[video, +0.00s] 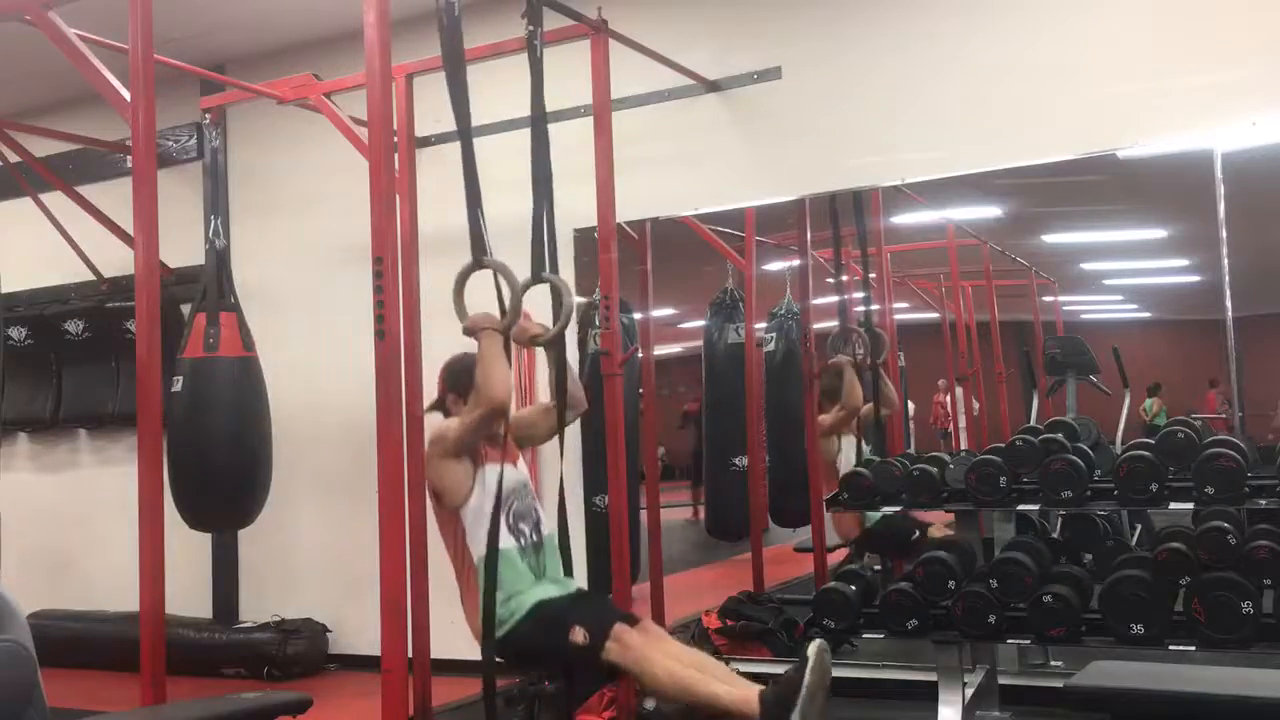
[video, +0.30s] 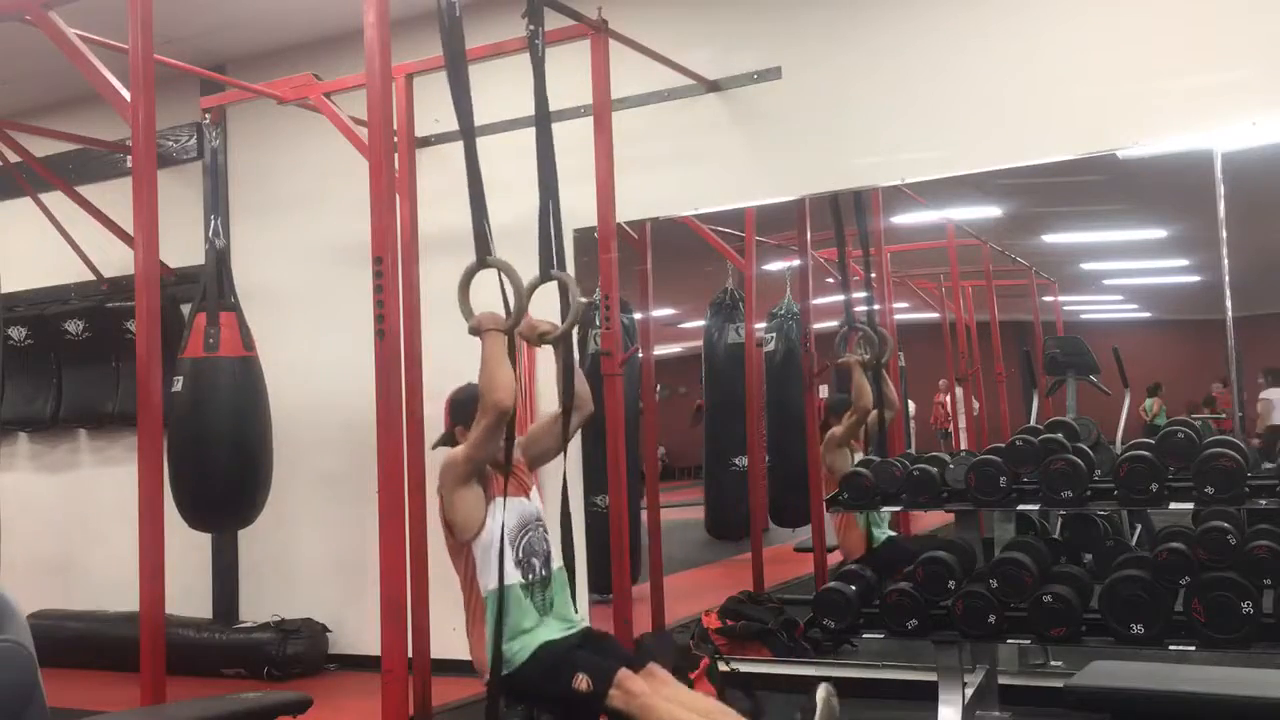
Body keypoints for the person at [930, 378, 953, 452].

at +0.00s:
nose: (942, 387)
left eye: (943, 385)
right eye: (940, 386)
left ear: (946, 386)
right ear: (938, 386)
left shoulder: (949, 396)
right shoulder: (936, 397)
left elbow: (952, 409)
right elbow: (934, 410)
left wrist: (952, 421)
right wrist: (932, 420)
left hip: (949, 421)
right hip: (940, 422)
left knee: (951, 437)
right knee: (942, 438)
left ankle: (953, 450)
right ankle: (943, 451)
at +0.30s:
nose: (942, 387)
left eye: (943, 385)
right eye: (940, 385)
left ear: (947, 386)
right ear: (939, 386)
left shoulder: (949, 396)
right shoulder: (937, 396)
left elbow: (951, 408)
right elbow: (934, 410)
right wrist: (933, 420)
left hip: (949, 421)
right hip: (940, 422)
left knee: (951, 438)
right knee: (942, 439)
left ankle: (953, 451)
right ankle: (943, 452)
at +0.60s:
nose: (942, 387)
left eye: (944, 385)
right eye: (941, 385)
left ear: (947, 386)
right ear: (939, 386)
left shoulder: (949, 396)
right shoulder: (937, 396)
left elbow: (951, 409)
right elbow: (935, 409)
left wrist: (953, 421)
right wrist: (933, 420)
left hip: (949, 422)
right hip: (940, 422)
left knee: (951, 438)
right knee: (942, 439)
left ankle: (952, 451)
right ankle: (943, 452)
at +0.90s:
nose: (942, 387)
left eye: (944, 385)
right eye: (941, 385)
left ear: (948, 386)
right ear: (939, 386)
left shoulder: (950, 396)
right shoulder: (937, 397)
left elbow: (952, 409)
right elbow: (935, 409)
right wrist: (933, 420)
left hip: (949, 422)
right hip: (940, 422)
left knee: (950, 438)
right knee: (942, 439)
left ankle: (952, 452)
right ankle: (944, 452)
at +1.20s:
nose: (943, 387)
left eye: (945, 385)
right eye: (942, 385)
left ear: (948, 386)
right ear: (940, 386)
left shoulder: (950, 396)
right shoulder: (938, 397)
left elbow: (953, 409)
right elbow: (935, 410)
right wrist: (933, 420)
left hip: (949, 422)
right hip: (940, 422)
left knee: (950, 439)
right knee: (942, 440)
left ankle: (952, 452)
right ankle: (944, 453)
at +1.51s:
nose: (943, 388)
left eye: (945, 386)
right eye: (942, 386)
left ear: (948, 386)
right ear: (940, 387)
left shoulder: (950, 396)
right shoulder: (938, 397)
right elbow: (935, 410)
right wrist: (933, 420)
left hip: (949, 423)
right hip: (940, 423)